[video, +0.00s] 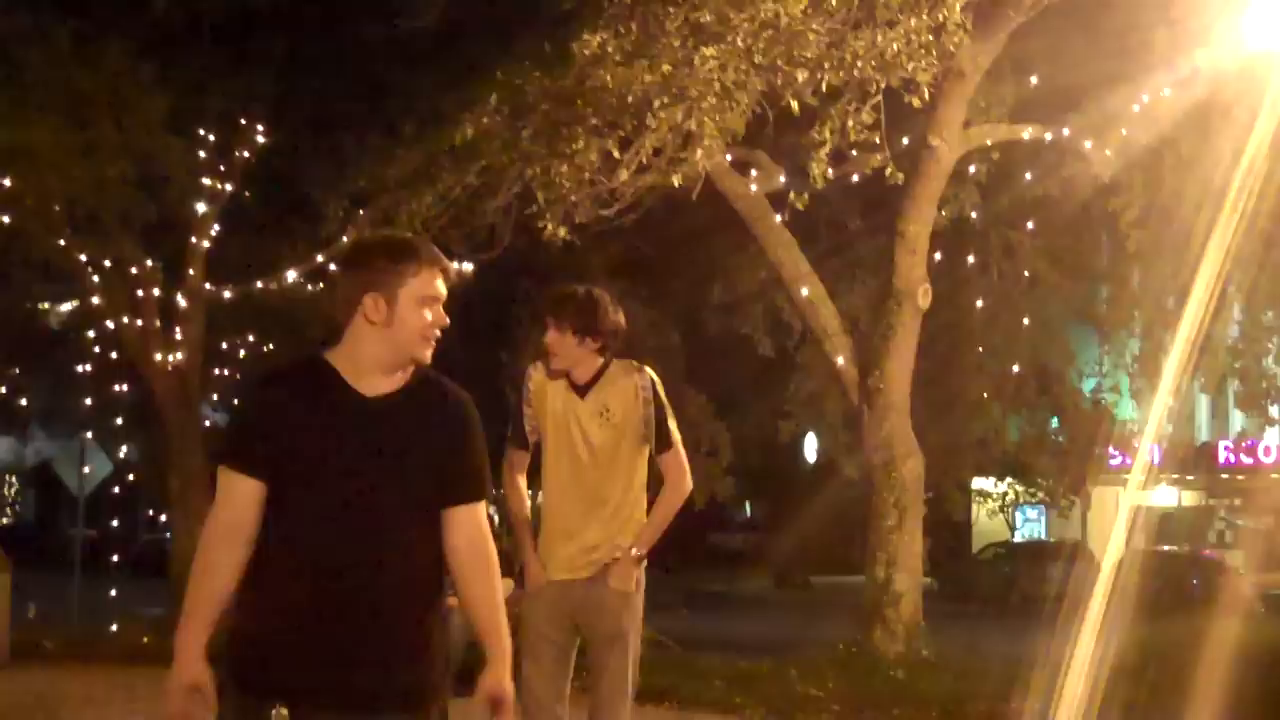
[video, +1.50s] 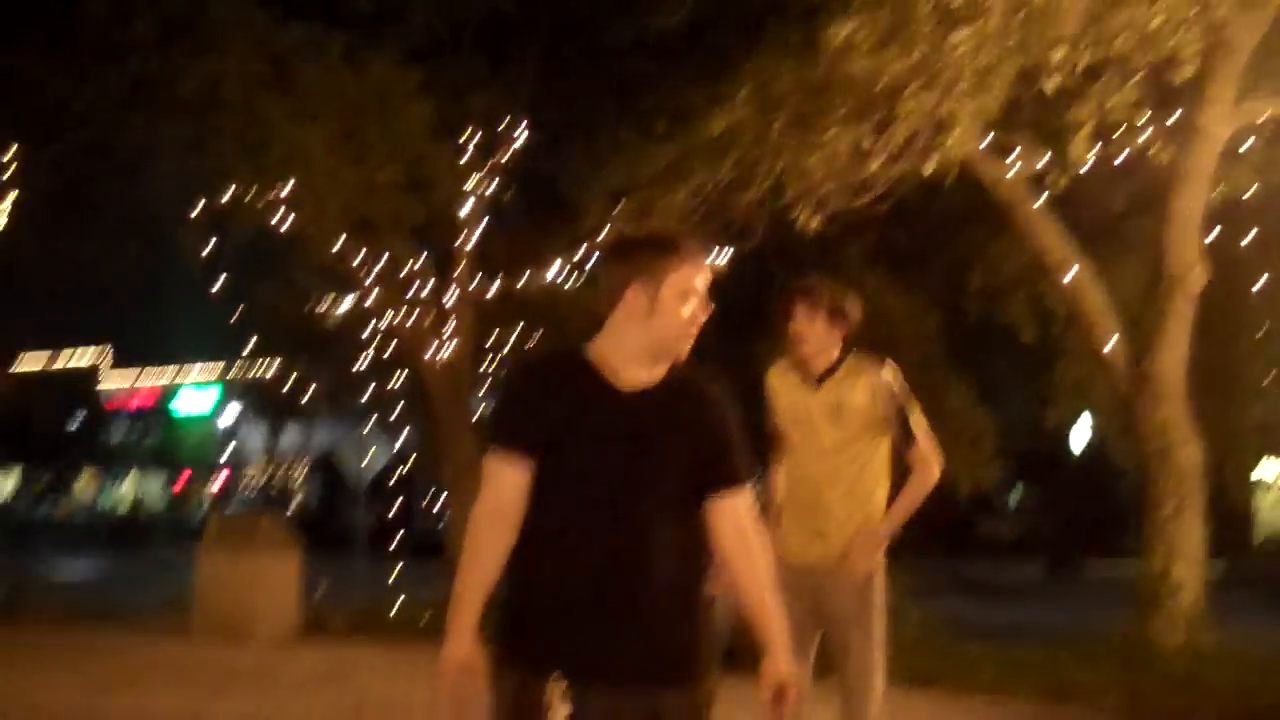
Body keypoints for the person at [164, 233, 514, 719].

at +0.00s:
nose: (442, 319)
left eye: (441, 305)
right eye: (428, 303)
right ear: (374, 308)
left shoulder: (446, 412)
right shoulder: (279, 397)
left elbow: (469, 540)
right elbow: (230, 526)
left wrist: (498, 658)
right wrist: (190, 649)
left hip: (399, 681)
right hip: (279, 679)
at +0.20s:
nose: (466, 324)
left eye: (466, 309)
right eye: (451, 308)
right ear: (397, 313)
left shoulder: (466, 415)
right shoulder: (300, 399)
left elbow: (505, 547)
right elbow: (242, 527)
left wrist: (553, 658)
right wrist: (176, 636)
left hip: (425, 689)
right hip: (303, 689)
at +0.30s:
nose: (488, 322)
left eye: (489, 308)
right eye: (474, 306)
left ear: (427, 312)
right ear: (419, 310)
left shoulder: (491, 414)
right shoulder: (325, 398)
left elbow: (532, 545)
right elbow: (261, 526)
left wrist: (582, 657)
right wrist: (190, 633)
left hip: (453, 689)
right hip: (332, 688)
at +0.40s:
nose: (553, 322)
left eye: (555, 307)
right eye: (537, 304)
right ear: (480, 304)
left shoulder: (557, 413)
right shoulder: (398, 394)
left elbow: (601, 542)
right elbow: (336, 522)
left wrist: (655, 658)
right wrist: (266, 629)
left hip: (519, 684)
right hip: (401, 681)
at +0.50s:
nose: (621, 325)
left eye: (623, 311)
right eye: (605, 307)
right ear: (545, 309)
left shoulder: (622, 414)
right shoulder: (466, 398)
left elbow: (665, 543)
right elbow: (407, 528)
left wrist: (719, 664)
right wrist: (346, 638)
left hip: (588, 686)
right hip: (473, 685)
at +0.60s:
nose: (689, 325)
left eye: (688, 310)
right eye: (674, 308)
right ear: (618, 312)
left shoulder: (689, 414)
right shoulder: (532, 399)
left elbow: (728, 544)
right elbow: (479, 526)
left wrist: (776, 660)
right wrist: (431, 640)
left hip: (653, 680)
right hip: (537, 678)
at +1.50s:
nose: (704, 312)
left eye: (705, 298)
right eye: (688, 296)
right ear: (634, 297)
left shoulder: (699, 406)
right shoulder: (542, 386)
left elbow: (739, 532)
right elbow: (497, 513)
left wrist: (776, 650)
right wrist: (461, 631)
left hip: (663, 671)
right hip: (541, 667)